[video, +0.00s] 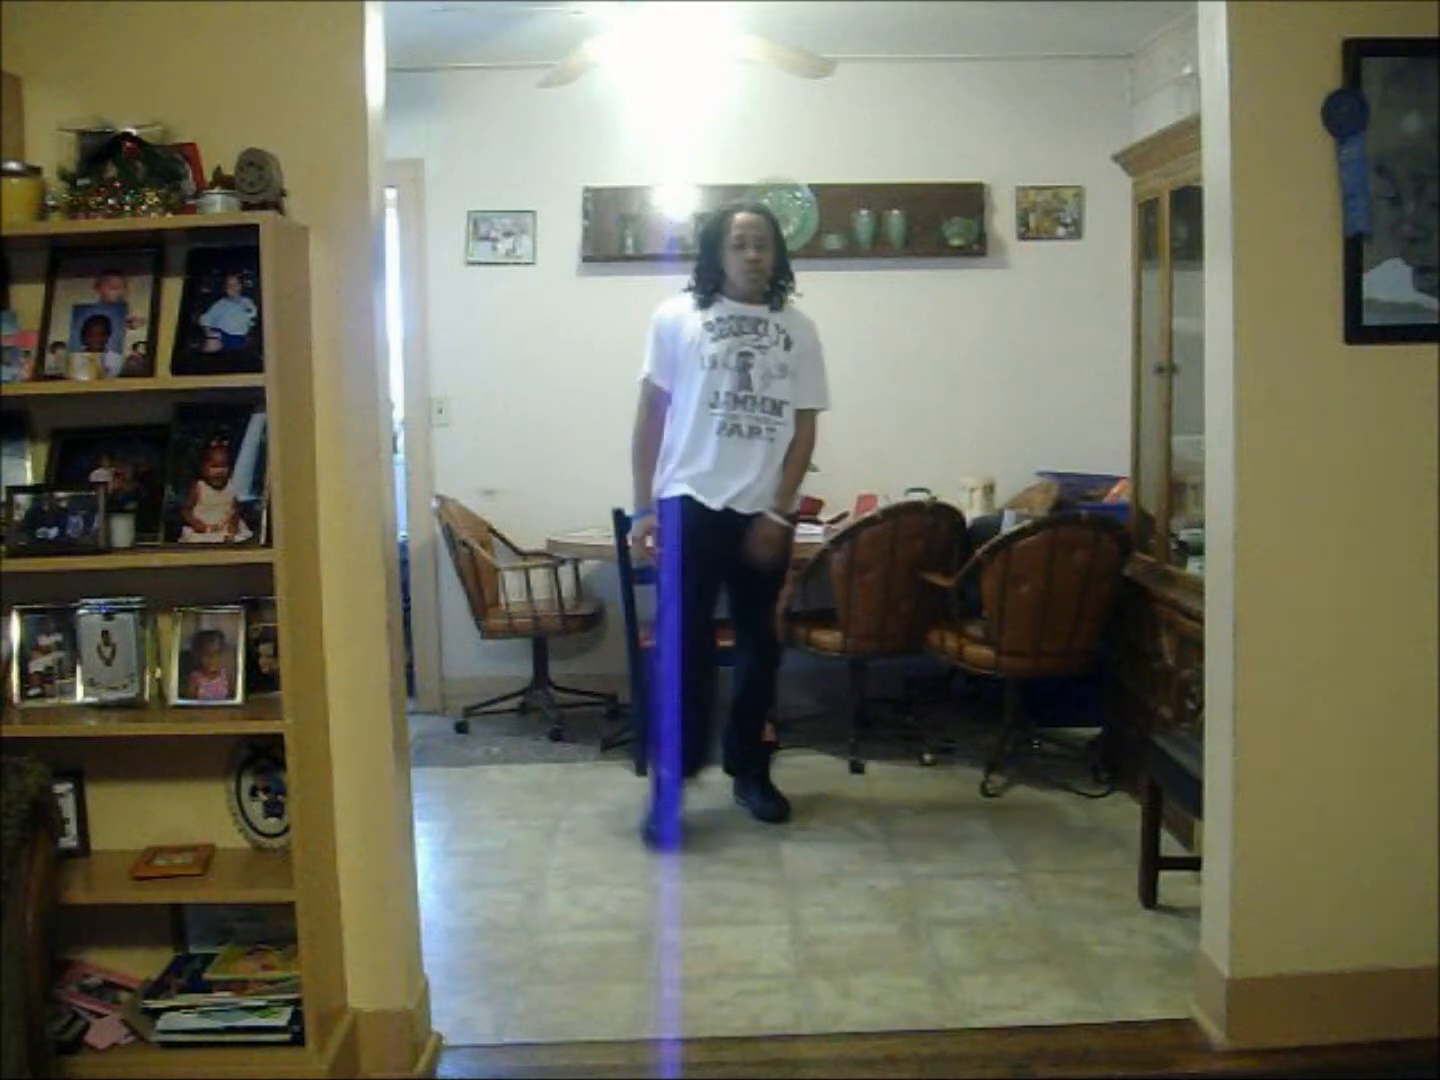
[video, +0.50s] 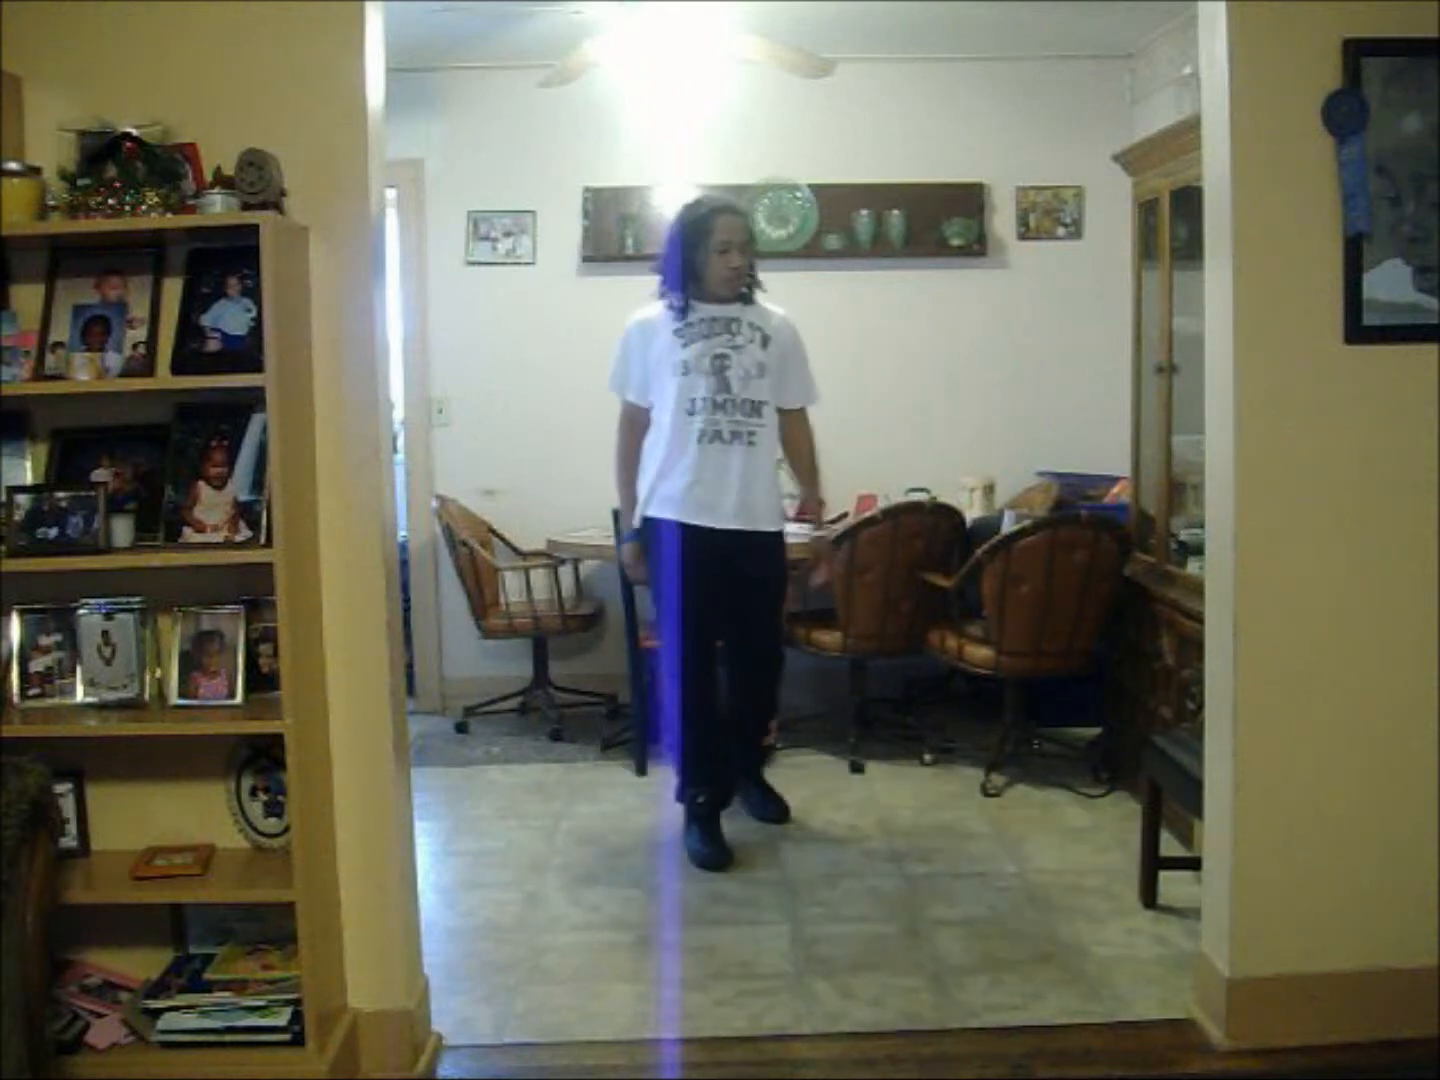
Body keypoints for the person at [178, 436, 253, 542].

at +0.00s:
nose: (220, 472)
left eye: (224, 466)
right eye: (214, 466)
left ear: (230, 468)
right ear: (203, 467)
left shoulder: (231, 487)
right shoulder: (199, 487)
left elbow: (236, 508)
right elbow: (186, 510)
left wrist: (233, 523)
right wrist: (199, 525)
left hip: (225, 532)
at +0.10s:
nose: (220, 472)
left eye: (224, 466)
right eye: (214, 466)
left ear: (230, 468)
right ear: (204, 467)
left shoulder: (231, 487)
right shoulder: (200, 487)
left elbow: (237, 509)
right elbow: (186, 510)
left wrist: (233, 524)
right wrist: (200, 525)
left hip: (225, 532)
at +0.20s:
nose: (220, 472)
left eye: (224, 466)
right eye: (214, 466)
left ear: (230, 468)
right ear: (204, 467)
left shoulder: (231, 488)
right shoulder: (200, 487)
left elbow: (237, 509)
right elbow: (186, 510)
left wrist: (233, 524)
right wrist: (200, 526)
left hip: (225, 533)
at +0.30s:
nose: (220, 472)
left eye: (224, 466)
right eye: (214, 466)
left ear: (230, 468)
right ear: (204, 467)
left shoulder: (231, 487)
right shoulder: (200, 487)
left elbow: (237, 508)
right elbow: (186, 510)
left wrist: (233, 524)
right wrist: (200, 525)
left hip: (225, 533)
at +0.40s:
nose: (220, 472)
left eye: (224, 466)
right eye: (214, 466)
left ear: (230, 468)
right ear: (203, 467)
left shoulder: (231, 487)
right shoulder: (199, 487)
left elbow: (236, 508)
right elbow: (186, 510)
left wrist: (233, 523)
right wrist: (199, 525)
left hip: (224, 532)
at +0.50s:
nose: (220, 472)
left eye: (224, 466)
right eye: (214, 466)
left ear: (230, 468)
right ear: (203, 467)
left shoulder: (231, 487)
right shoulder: (199, 487)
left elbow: (237, 508)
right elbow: (186, 510)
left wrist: (233, 523)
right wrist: (199, 525)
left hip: (224, 533)